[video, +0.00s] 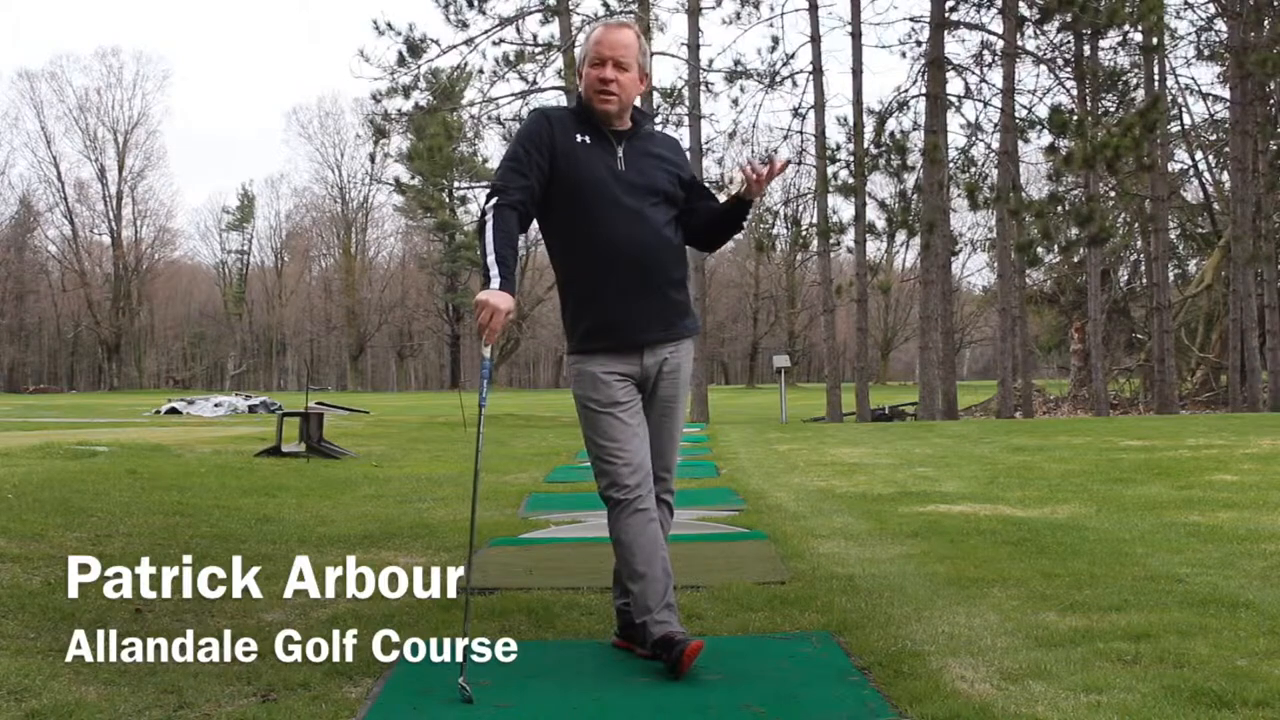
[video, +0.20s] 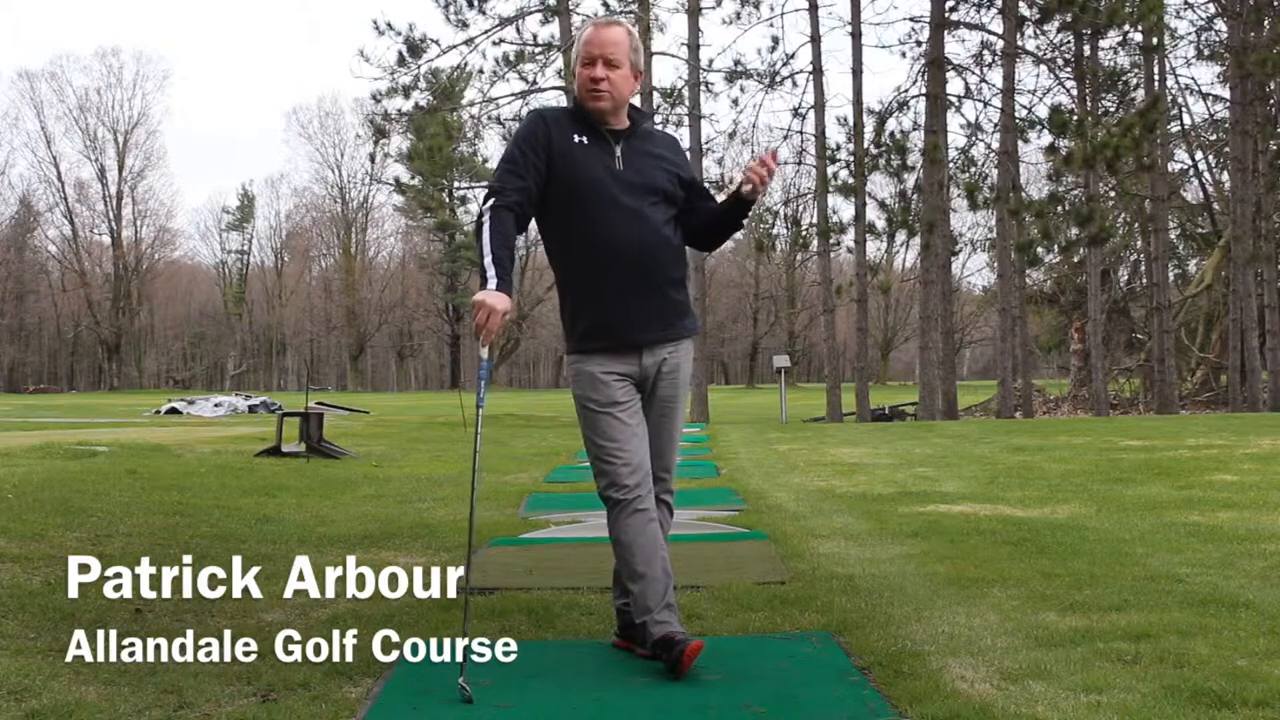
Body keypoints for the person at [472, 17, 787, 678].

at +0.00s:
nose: (607, 75)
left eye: (620, 66)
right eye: (598, 63)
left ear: (642, 80)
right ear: (580, 71)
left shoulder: (664, 149)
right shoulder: (549, 129)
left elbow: (704, 233)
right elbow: (508, 205)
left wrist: (742, 198)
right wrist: (500, 283)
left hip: (672, 342)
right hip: (600, 348)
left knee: (657, 490)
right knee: (628, 488)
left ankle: (634, 620)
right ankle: (663, 627)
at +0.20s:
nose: (596, 73)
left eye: (610, 64)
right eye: (588, 62)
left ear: (636, 77)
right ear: (573, 71)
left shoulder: (662, 146)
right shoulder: (545, 130)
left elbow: (702, 232)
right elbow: (505, 206)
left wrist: (742, 197)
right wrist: (498, 284)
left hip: (672, 340)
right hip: (599, 347)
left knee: (656, 490)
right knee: (628, 488)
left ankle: (633, 617)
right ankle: (664, 628)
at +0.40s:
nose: (592, 75)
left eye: (605, 64)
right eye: (582, 64)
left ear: (632, 73)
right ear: (569, 73)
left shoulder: (664, 146)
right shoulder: (546, 131)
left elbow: (684, 248)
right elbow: (503, 207)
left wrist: (699, 226)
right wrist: (498, 284)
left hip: (669, 340)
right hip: (595, 347)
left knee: (656, 490)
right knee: (627, 488)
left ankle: (632, 618)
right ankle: (664, 630)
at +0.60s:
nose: (595, 76)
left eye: (608, 64)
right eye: (585, 64)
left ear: (634, 75)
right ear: (571, 71)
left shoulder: (665, 145)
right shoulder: (545, 130)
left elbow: (696, 243)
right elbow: (502, 207)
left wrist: (698, 224)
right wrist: (500, 284)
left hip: (662, 341)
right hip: (586, 345)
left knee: (653, 486)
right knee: (616, 483)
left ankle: (634, 616)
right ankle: (655, 627)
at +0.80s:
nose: (597, 75)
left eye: (611, 64)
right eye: (587, 63)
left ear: (634, 75)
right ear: (571, 70)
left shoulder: (661, 144)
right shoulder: (541, 128)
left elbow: (696, 240)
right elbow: (497, 207)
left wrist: (690, 223)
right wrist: (497, 284)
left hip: (655, 340)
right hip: (576, 340)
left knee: (647, 483)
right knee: (585, 466)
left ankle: (638, 615)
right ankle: (594, 622)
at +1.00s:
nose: (597, 74)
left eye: (611, 64)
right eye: (587, 62)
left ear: (631, 76)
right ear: (567, 69)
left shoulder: (653, 143)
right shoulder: (533, 127)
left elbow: (687, 242)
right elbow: (489, 204)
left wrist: (693, 211)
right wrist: (488, 280)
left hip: (645, 341)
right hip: (564, 342)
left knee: (642, 486)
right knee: (550, 478)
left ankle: (636, 617)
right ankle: (531, 627)